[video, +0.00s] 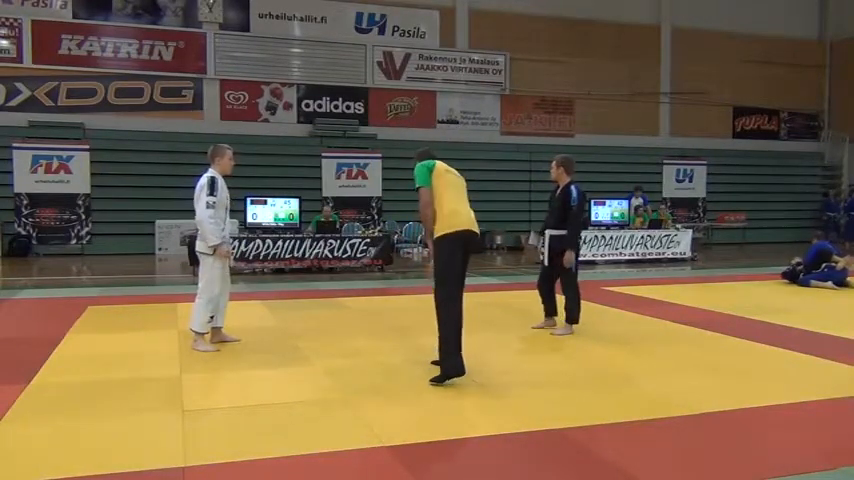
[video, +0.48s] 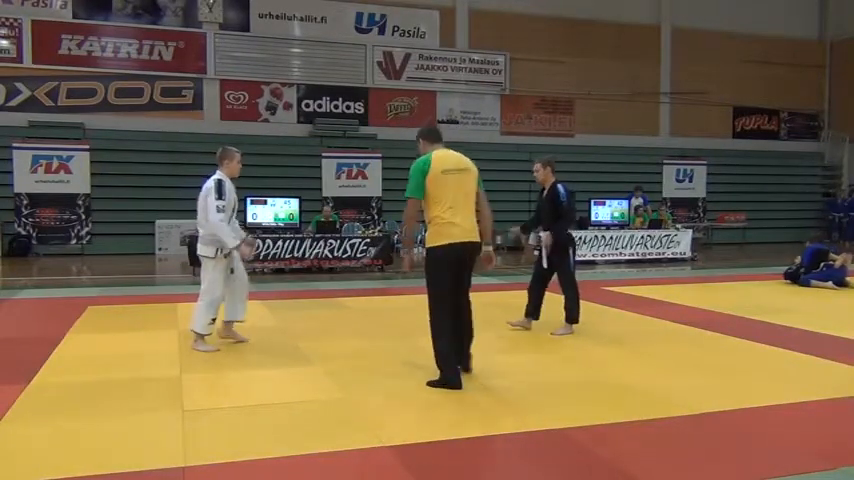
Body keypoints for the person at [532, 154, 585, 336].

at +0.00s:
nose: (550, 171)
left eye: (552, 168)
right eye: (551, 168)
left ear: (561, 170)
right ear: (561, 170)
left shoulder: (573, 191)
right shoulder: (556, 191)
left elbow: (575, 223)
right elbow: (551, 218)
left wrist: (571, 249)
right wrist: (541, 237)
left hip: (565, 243)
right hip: (551, 242)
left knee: (569, 285)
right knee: (544, 283)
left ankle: (569, 323)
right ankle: (549, 318)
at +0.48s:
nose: (535, 175)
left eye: (537, 171)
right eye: (534, 172)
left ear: (548, 170)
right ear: (543, 172)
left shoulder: (560, 190)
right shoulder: (543, 192)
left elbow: (568, 218)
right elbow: (539, 217)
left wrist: (552, 233)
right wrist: (522, 229)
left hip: (562, 243)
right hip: (547, 243)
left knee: (568, 283)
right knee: (537, 281)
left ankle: (569, 324)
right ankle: (528, 319)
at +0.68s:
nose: (520, 178)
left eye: (522, 174)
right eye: (519, 175)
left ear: (533, 172)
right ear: (527, 174)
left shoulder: (549, 190)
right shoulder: (529, 194)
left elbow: (558, 217)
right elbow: (522, 218)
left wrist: (540, 223)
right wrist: (511, 234)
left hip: (553, 242)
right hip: (537, 243)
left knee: (560, 282)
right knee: (531, 284)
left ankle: (567, 323)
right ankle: (526, 320)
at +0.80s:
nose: (512, 179)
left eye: (514, 175)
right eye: (511, 175)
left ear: (524, 172)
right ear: (519, 174)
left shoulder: (540, 189)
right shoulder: (522, 193)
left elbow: (545, 217)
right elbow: (514, 220)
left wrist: (535, 236)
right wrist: (499, 241)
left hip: (546, 239)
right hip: (531, 240)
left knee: (550, 280)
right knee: (526, 281)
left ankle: (564, 321)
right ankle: (525, 320)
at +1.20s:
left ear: (508, 176)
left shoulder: (523, 191)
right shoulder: (502, 194)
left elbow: (530, 219)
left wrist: (523, 242)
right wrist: (505, 242)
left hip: (528, 240)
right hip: (513, 240)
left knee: (526, 281)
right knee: (514, 282)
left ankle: (523, 322)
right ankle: (521, 318)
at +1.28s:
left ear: (509, 178)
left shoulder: (522, 191)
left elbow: (528, 221)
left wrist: (518, 242)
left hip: (526, 243)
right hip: (515, 243)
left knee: (521, 280)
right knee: (513, 281)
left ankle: (513, 321)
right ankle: (523, 317)